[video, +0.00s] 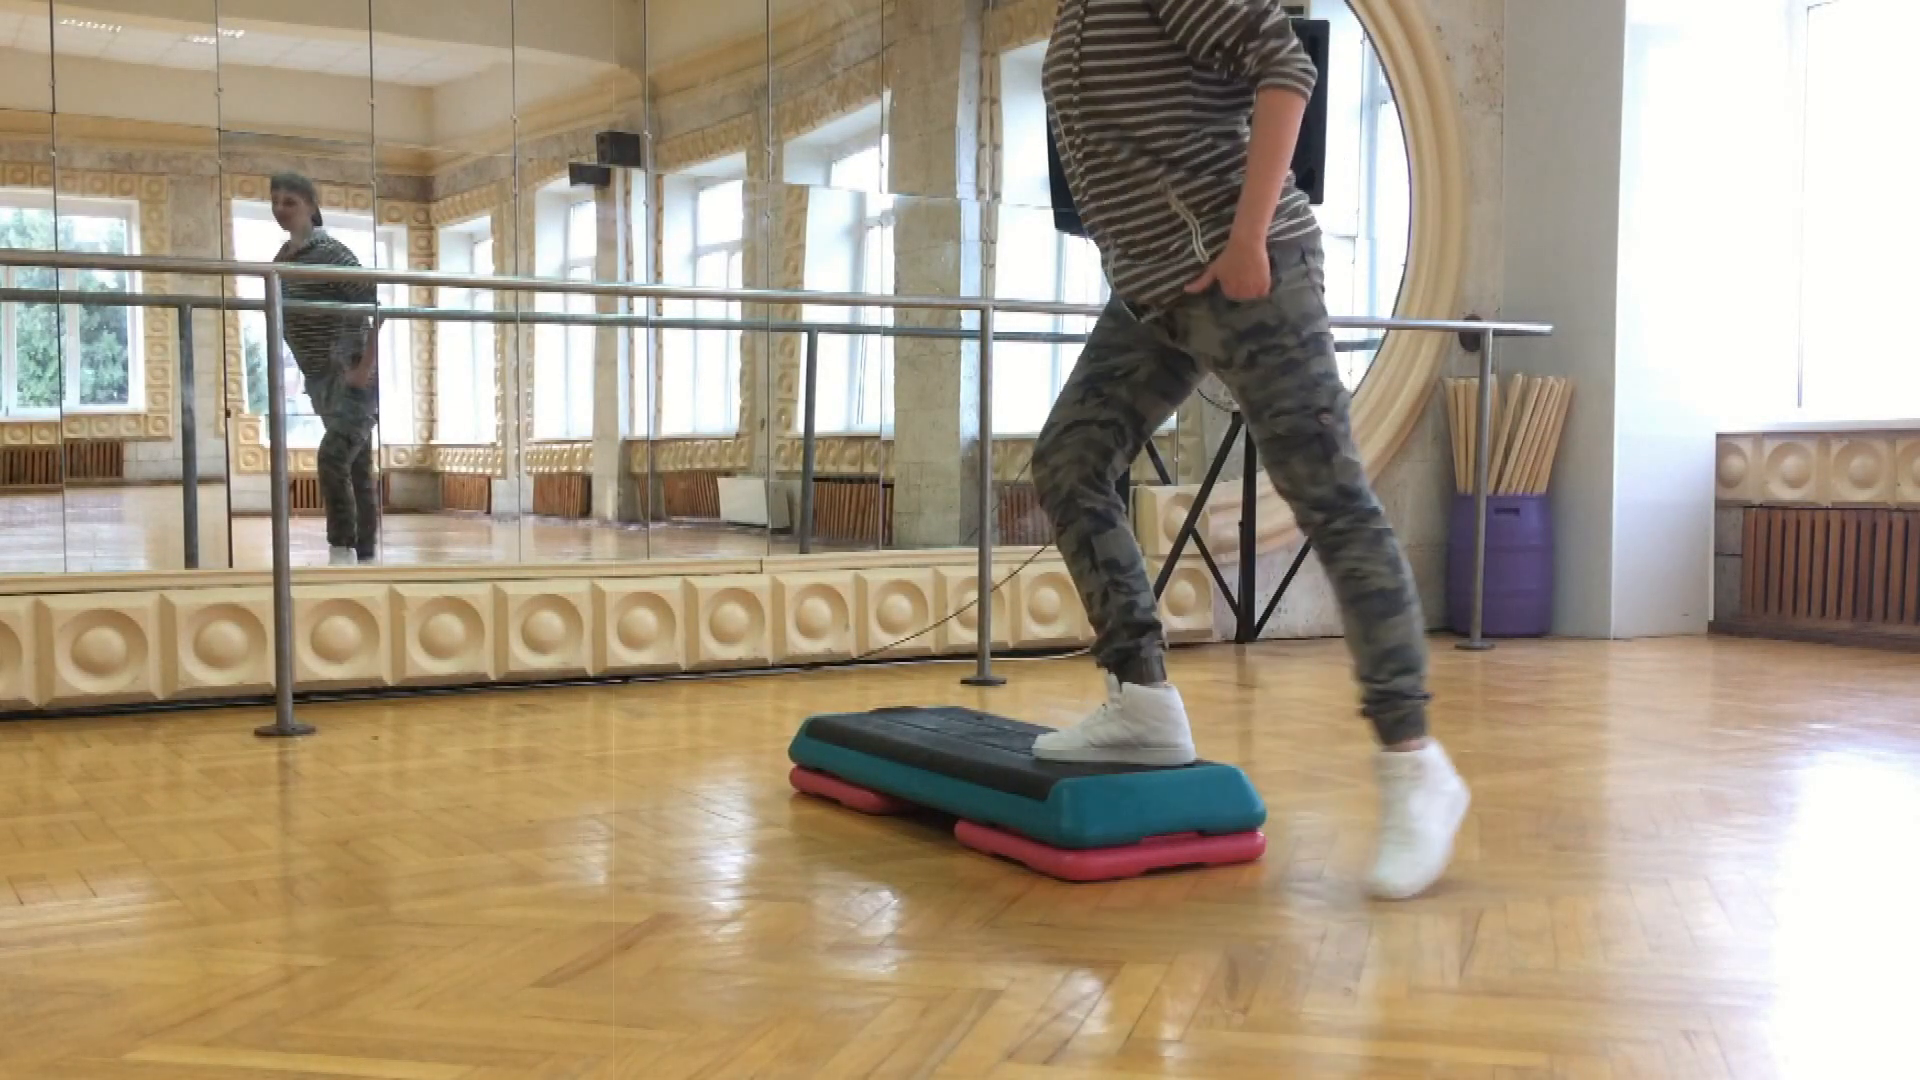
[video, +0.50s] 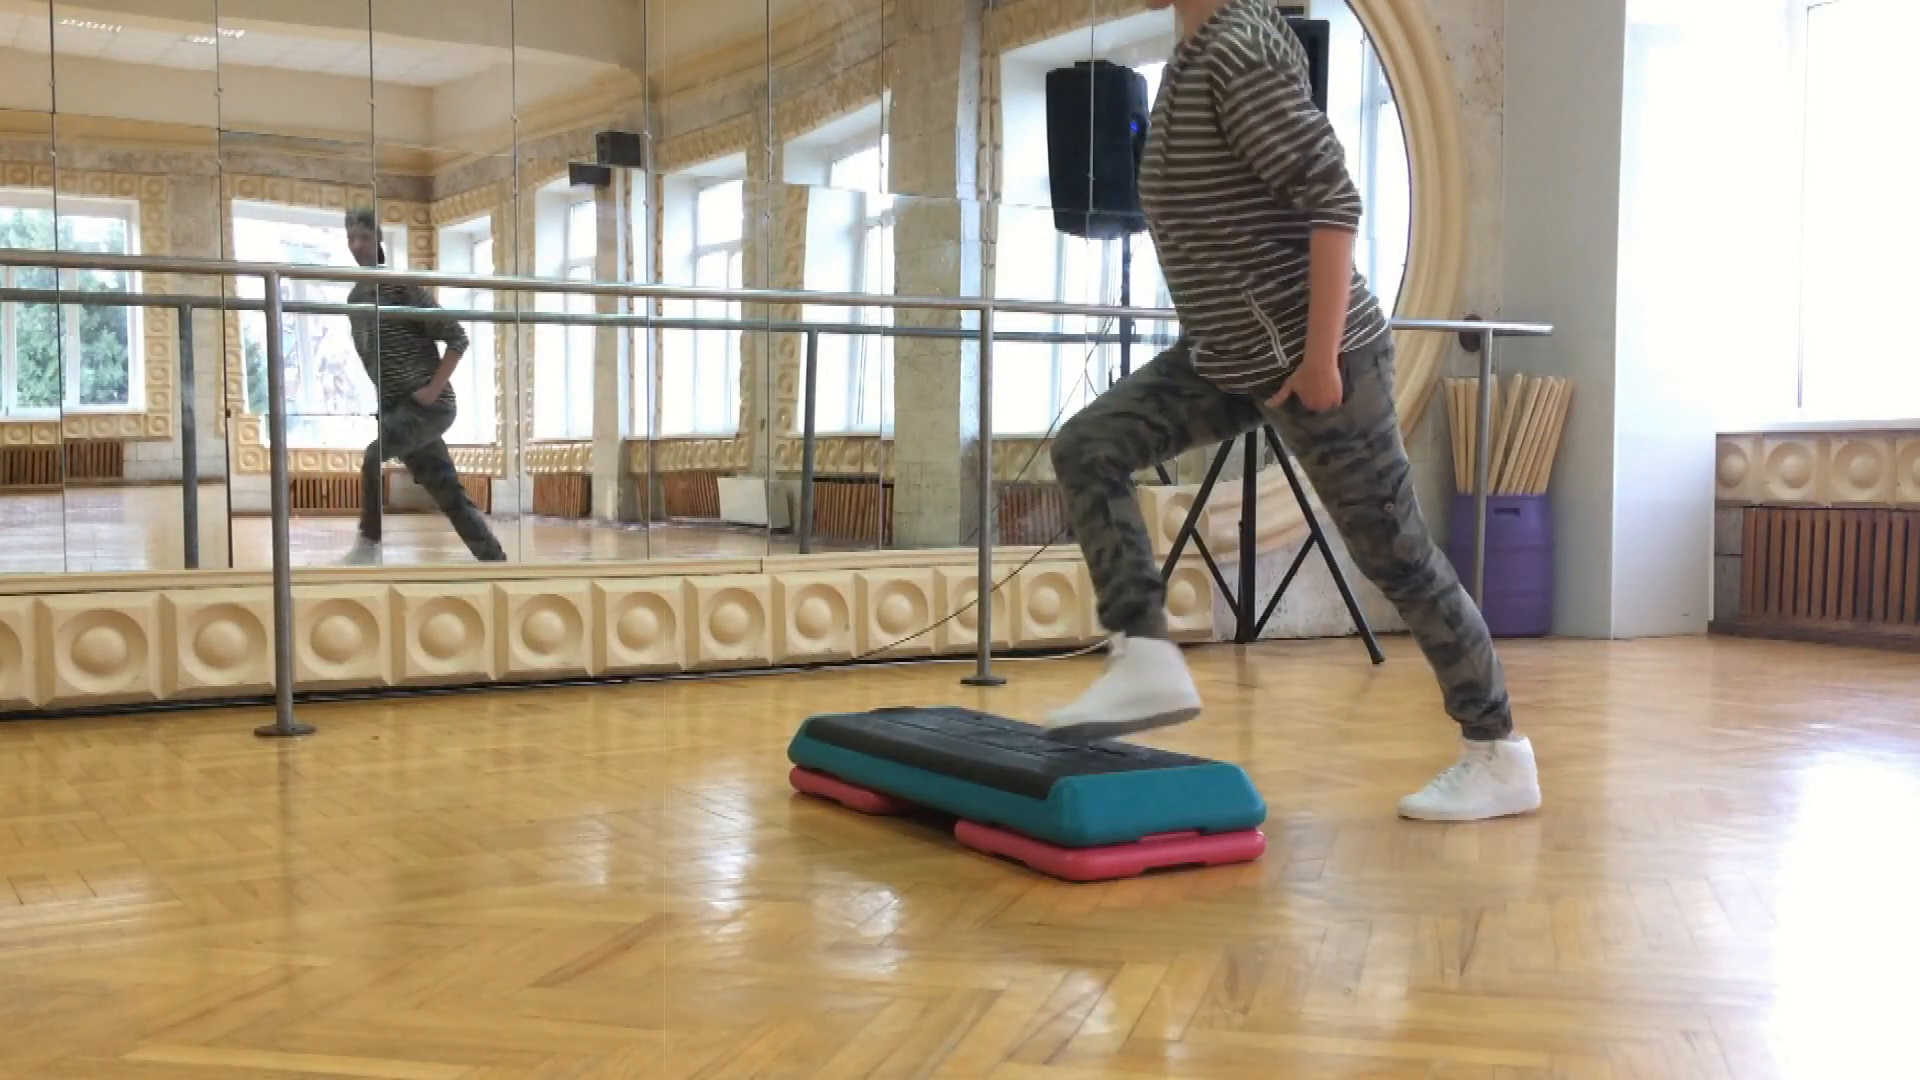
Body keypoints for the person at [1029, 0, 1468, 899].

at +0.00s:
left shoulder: (1174, 3)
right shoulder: (1068, 24)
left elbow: (1287, 68)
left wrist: (1249, 235)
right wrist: (1142, 252)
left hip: (1249, 266)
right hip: (1149, 291)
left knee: (1330, 496)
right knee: (1071, 465)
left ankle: (1413, 763)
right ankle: (1144, 704)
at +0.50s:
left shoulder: (1242, 48)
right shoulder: (1190, 63)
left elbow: (1333, 196)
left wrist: (1322, 355)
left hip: (1314, 349)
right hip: (1228, 349)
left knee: (1398, 556)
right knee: (1088, 447)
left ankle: (1499, 752)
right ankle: (1146, 660)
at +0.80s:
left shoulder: (1196, 61)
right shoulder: (1165, 65)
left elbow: (1262, 215)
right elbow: (1202, 221)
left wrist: (1219, 361)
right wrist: (1167, 349)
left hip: (1234, 369)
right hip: (1185, 371)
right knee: (1151, 554)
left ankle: (1425, 698)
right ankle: (1244, 751)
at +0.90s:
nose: (1074, 2)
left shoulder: (1161, 63)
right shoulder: (1144, 60)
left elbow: (1229, 214)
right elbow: (1198, 215)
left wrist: (1165, 345)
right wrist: (1136, 335)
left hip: (1198, 359)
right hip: (1195, 358)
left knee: (1068, 519)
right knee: (1156, 550)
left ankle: (1247, 620)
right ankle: (1245, 751)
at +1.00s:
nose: (1037, 2)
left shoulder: (1122, 57)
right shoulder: (1098, 62)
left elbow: (1208, 196)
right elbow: (1160, 201)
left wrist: (1125, 316)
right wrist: (1101, 305)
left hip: (1154, 340)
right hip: (1158, 343)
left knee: (966, 446)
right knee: (1131, 553)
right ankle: (1242, 742)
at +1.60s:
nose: (760, 9)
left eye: (763, 2)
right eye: (766, 4)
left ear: (777, 2)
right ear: (835, 7)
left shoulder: (784, 63)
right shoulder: (865, 84)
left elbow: (799, 200)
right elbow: (906, 242)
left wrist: (743, 329)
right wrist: (832, 309)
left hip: (796, 345)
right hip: (847, 348)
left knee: (706, 536)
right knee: (718, 532)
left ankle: (906, 633)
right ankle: (701, 736)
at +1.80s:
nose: (673, 21)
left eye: (675, 12)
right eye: (682, 13)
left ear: (686, 16)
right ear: (761, 22)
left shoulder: (664, 100)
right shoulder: (809, 113)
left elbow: (667, 245)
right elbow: (854, 266)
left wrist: (627, 358)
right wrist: (804, 358)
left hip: (695, 369)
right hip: (790, 382)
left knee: (562, 516)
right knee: (680, 537)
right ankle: (703, 741)